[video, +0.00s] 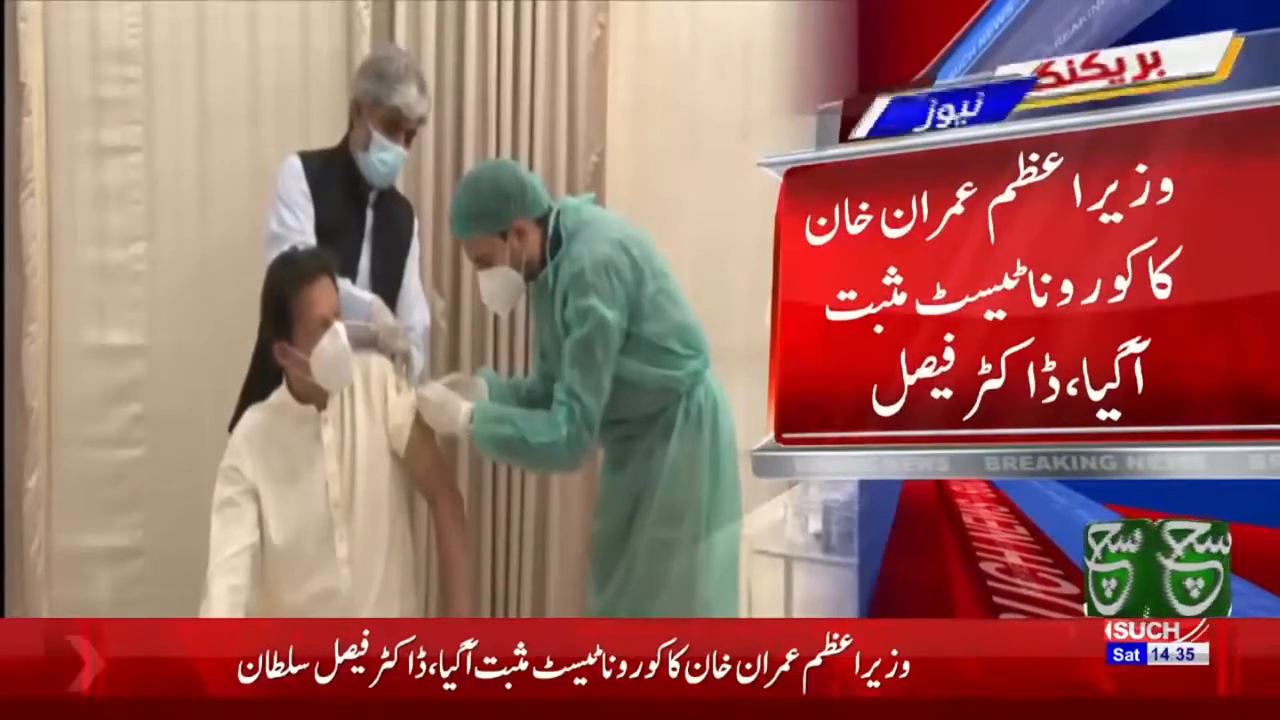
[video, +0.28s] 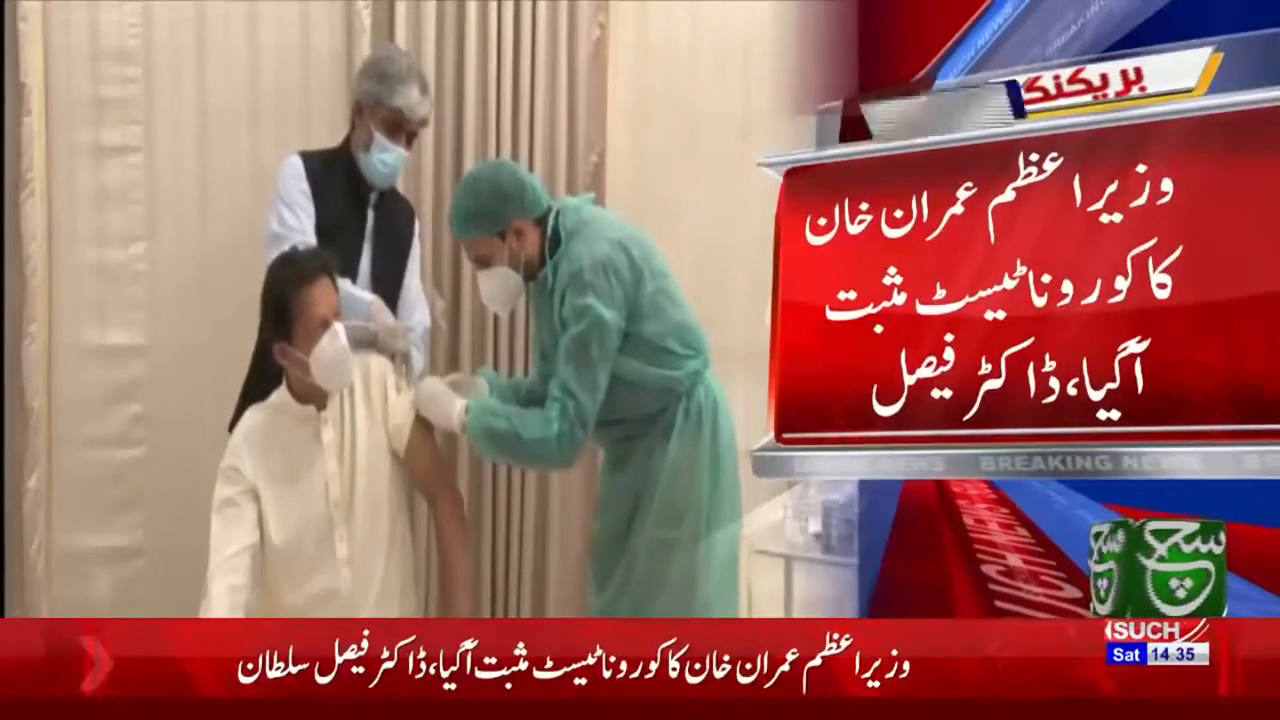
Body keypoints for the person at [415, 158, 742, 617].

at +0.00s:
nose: (484, 276)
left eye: (486, 262)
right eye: (477, 265)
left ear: (520, 233)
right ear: (520, 233)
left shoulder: (592, 263)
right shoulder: (551, 262)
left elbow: (571, 437)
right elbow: (551, 394)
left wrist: (469, 420)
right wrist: (484, 390)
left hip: (680, 434)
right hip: (632, 438)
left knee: (657, 603)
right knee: (613, 597)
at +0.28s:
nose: (483, 276)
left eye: (485, 262)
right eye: (476, 265)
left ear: (519, 233)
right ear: (519, 233)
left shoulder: (591, 261)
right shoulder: (553, 260)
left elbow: (563, 436)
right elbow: (551, 395)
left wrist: (462, 416)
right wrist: (485, 389)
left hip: (679, 434)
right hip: (632, 437)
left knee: (656, 605)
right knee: (614, 599)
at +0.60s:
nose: (484, 276)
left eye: (485, 263)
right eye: (476, 266)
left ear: (519, 233)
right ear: (519, 234)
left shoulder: (591, 261)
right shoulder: (554, 260)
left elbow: (563, 436)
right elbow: (555, 395)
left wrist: (461, 415)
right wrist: (486, 389)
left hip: (679, 434)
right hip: (633, 437)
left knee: (656, 604)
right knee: (614, 598)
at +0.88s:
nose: (487, 277)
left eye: (486, 263)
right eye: (479, 267)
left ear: (517, 231)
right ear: (519, 230)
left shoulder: (593, 258)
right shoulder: (558, 258)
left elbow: (562, 436)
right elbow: (560, 396)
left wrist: (457, 415)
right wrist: (489, 391)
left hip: (677, 437)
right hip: (635, 438)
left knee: (655, 608)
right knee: (618, 602)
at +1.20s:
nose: (484, 276)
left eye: (486, 263)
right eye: (477, 265)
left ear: (521, 232)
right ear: (522, 231)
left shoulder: (592, 260)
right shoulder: (557, 255)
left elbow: (564, 433)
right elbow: (562, 393)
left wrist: (460, 418)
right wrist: (492, 389)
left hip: (678, 435)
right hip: (634, 437)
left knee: (657, 604)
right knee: (615, 599)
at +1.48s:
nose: (487, 266)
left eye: (489, 252)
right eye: (480, 255)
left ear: (524, 224)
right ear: (526, 224)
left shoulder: (594, 256)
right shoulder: (562, 249)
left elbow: (565, 428)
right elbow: (581, 385)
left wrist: (461, 423)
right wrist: (514, 389)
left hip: (677, 436)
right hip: (634, 436)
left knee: (657, 605)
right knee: (616, 599)